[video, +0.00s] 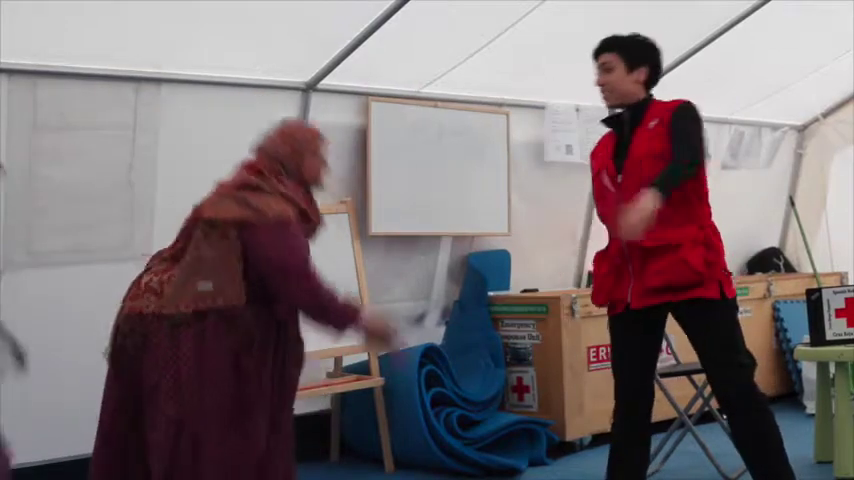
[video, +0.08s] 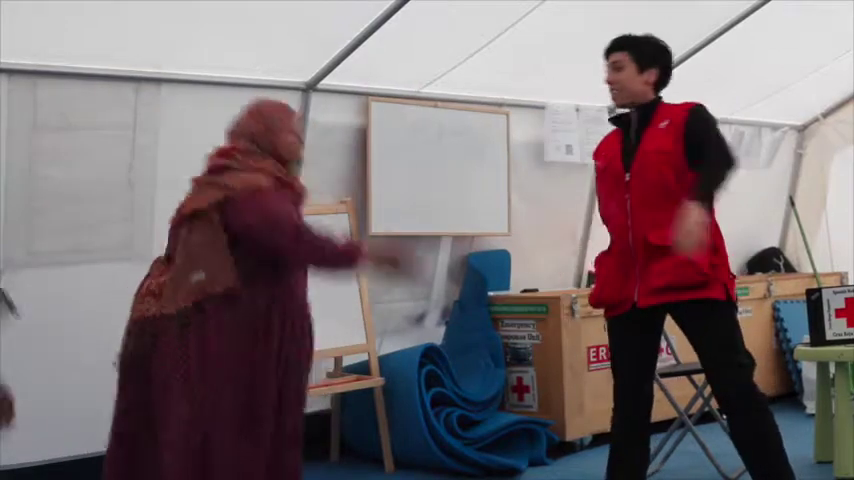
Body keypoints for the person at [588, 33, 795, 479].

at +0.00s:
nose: (599, 80)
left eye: (607, 70)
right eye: (597, 72)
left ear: (641, 74)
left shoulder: (679, 113)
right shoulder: (603, 149)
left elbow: (686, 162)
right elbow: (614, 215)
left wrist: (650, 196)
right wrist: (613, 266)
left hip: (692, 271)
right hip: (630, 282)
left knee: (736, 388)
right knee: (630, 406)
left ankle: (776, 476)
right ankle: (623, 479)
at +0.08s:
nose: (608, 78)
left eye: (617, 69)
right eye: (607, 70)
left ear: (651, 75)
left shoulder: (688, 117)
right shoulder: (607, 147)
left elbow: (717, 161)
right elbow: (618, 216)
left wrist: (696, 204)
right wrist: (611, 261)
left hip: (690, 271)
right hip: (627, 282)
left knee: (735, 387)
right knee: (629, 405)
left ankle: (775, 475)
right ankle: (624, 478)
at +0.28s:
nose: (623, 71)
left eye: (634, 62)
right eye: (624, 62)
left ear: (665, 75)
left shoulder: (700, 125)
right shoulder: (610, 143)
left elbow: (763, 182)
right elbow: (621, 219)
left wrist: (766, 252)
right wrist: (605, 267)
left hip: (696, 281)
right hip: (625, 288)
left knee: (738, 395)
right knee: (628, 412)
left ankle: (776, 476)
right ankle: (622, 479)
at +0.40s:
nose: (632, 64)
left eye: (644, 56)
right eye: (634, 56)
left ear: (673, 72)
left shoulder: (706, 124)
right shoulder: (612, 136)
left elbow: (764, 183)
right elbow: (598, 211)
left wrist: (739, 249)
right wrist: (552, 260)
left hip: (695, 276)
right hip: (625, 283)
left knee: (739, 394)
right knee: (629, 409)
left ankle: (775, 476)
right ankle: (622, 479)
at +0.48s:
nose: (641, 59)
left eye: (655, 53)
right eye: (644, 52)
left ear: (683, 71)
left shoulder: (712, 125)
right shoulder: (614, 130)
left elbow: (760, 185)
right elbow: (581, 196)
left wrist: (718, 224)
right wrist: (517, 225)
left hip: (697, 274)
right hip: (628, 279)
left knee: (739, 395)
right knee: (629, 409)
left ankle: (776, 477)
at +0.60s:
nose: (658, 57)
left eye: (672, 51)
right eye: (658, 50)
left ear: (699, 71)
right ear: (654, 63)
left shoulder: (724, 130)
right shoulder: (618, 122)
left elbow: (748, 194)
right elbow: (564, 169)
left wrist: (700, 215)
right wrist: (498, 156)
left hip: (704, 277)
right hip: (631, 278)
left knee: (744, 395)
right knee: (630, 405)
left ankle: (776, 478)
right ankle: (622, 479)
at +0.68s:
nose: (669, 62)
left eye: (683, 55)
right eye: (668, 54)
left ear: (710, 75)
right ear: (664, 65)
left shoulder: (732, 136)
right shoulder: (627, 120)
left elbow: (744, 201)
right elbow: (561, 156)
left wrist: (691, 217)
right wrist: (512, 121)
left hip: (708, 278)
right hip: (634, 278)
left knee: (746, 395)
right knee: (632, 403)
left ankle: (775, 478)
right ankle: (621, 479)